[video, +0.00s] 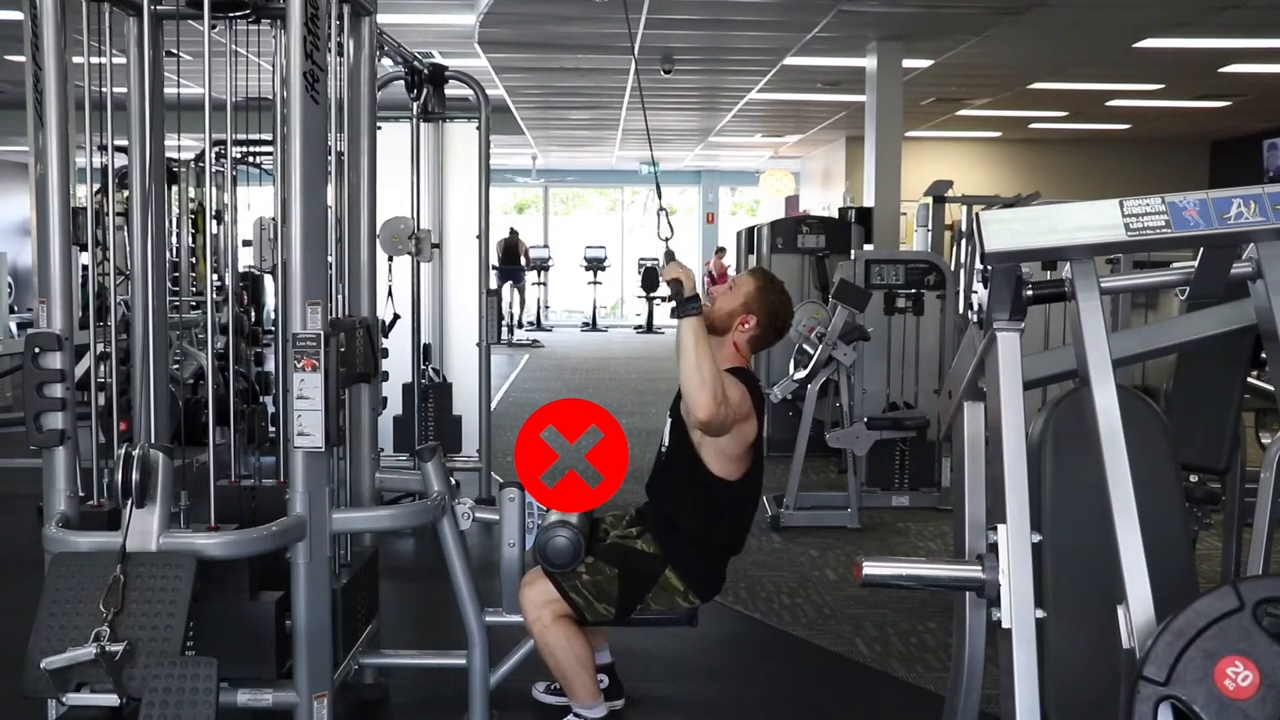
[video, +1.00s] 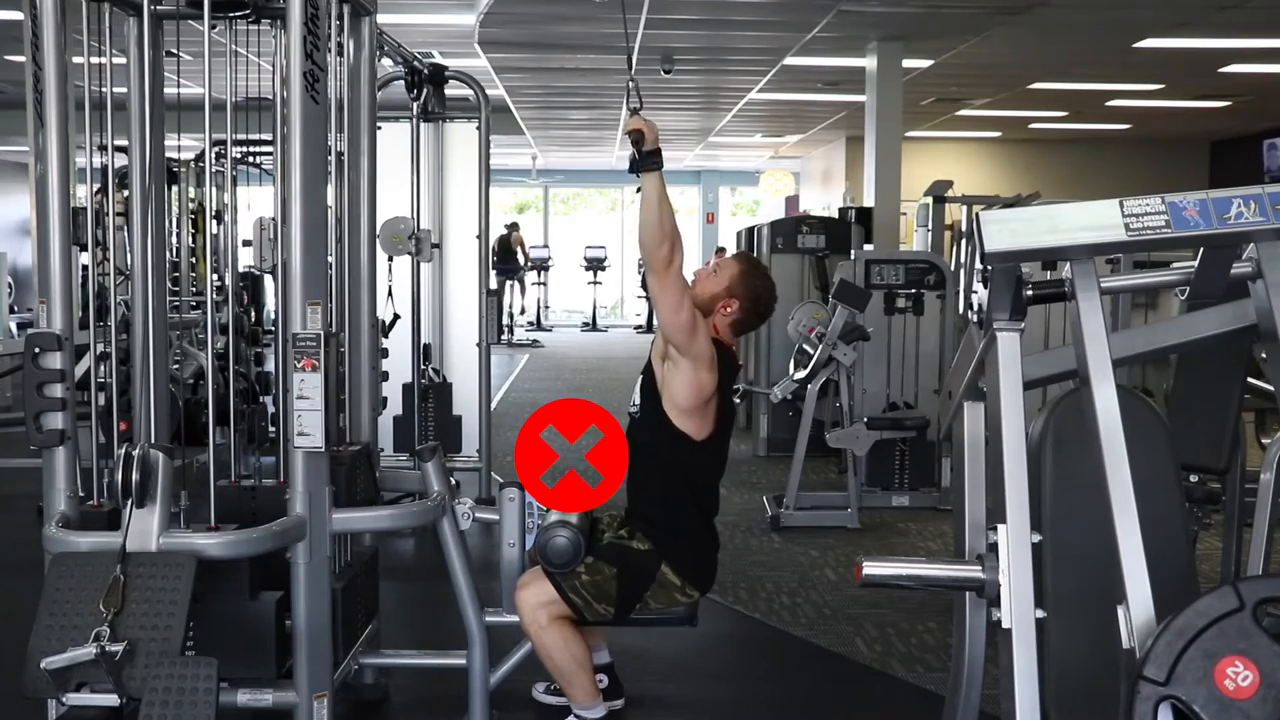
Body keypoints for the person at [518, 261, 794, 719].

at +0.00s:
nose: (717, 286)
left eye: (730, 287)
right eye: (726, 281)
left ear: (743, 324)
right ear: (744, 327)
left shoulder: (737, 389)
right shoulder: (721, 371)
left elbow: (706, 411)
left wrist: (688, 302)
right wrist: (714, 289)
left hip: (678, 562)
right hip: (658, 529)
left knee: (539, 594)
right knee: (555, 543)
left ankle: (589, 712)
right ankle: (596, 674)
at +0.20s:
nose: (715, 283)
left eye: (726, 283)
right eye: (724, 278)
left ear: (741, 322)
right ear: (742, 324)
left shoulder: (727, 389)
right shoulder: (719, 363)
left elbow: (695, 370)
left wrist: (676, 262)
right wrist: (717, 282)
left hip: (679, 563)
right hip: (657, 528)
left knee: (538, 595)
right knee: (557, 539)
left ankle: (588, 710)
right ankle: (597, 673)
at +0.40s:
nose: (711, 279)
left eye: (723, 279)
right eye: (721, 274)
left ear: (738, 316)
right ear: (738, 320)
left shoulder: (717, 379)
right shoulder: (711, 360)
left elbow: (683, 332)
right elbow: (688, 322)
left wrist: (665, 225)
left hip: (676, 563)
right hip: (654, 530)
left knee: (536, 596)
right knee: (552, 549)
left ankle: (589, 709)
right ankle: (595, 672)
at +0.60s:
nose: (708, 269)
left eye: (721, 272)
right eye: (719, 266)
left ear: (732, 314)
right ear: (733, 316)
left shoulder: (707, 369)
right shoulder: (702, 356)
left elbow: (671, 293)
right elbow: (672, 290)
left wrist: (657, 192)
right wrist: (656, 201)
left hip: (674, 564)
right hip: (657, 537)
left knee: (536, 596)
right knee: (553, 544)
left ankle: (590, 710)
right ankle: (593, 671)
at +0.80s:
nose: (701, 270)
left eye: (714, 270)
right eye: (713, 263)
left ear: (727, 308)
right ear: (729, 311)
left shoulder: (698, 355)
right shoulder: (701, 347)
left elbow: (666, 269)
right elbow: (667, 270)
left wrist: (651, 169)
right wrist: (650, 176)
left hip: (672, 557)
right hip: (657, 534)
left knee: (535, 596)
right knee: (550, 546)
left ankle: (589, 710)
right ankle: (592, 670)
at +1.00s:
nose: (704, 263)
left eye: (716, 265)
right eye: (715, 257)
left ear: (724, 304)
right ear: (727, 309)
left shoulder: (693, 350)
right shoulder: (699, 346)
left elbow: (661, 258)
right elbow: (662, 259)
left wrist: (648, 155)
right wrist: (648, 164)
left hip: (670, 555)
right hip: (661, 536)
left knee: (534, 595)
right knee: (549, 550)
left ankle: (590, 710)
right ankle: (593, 670)